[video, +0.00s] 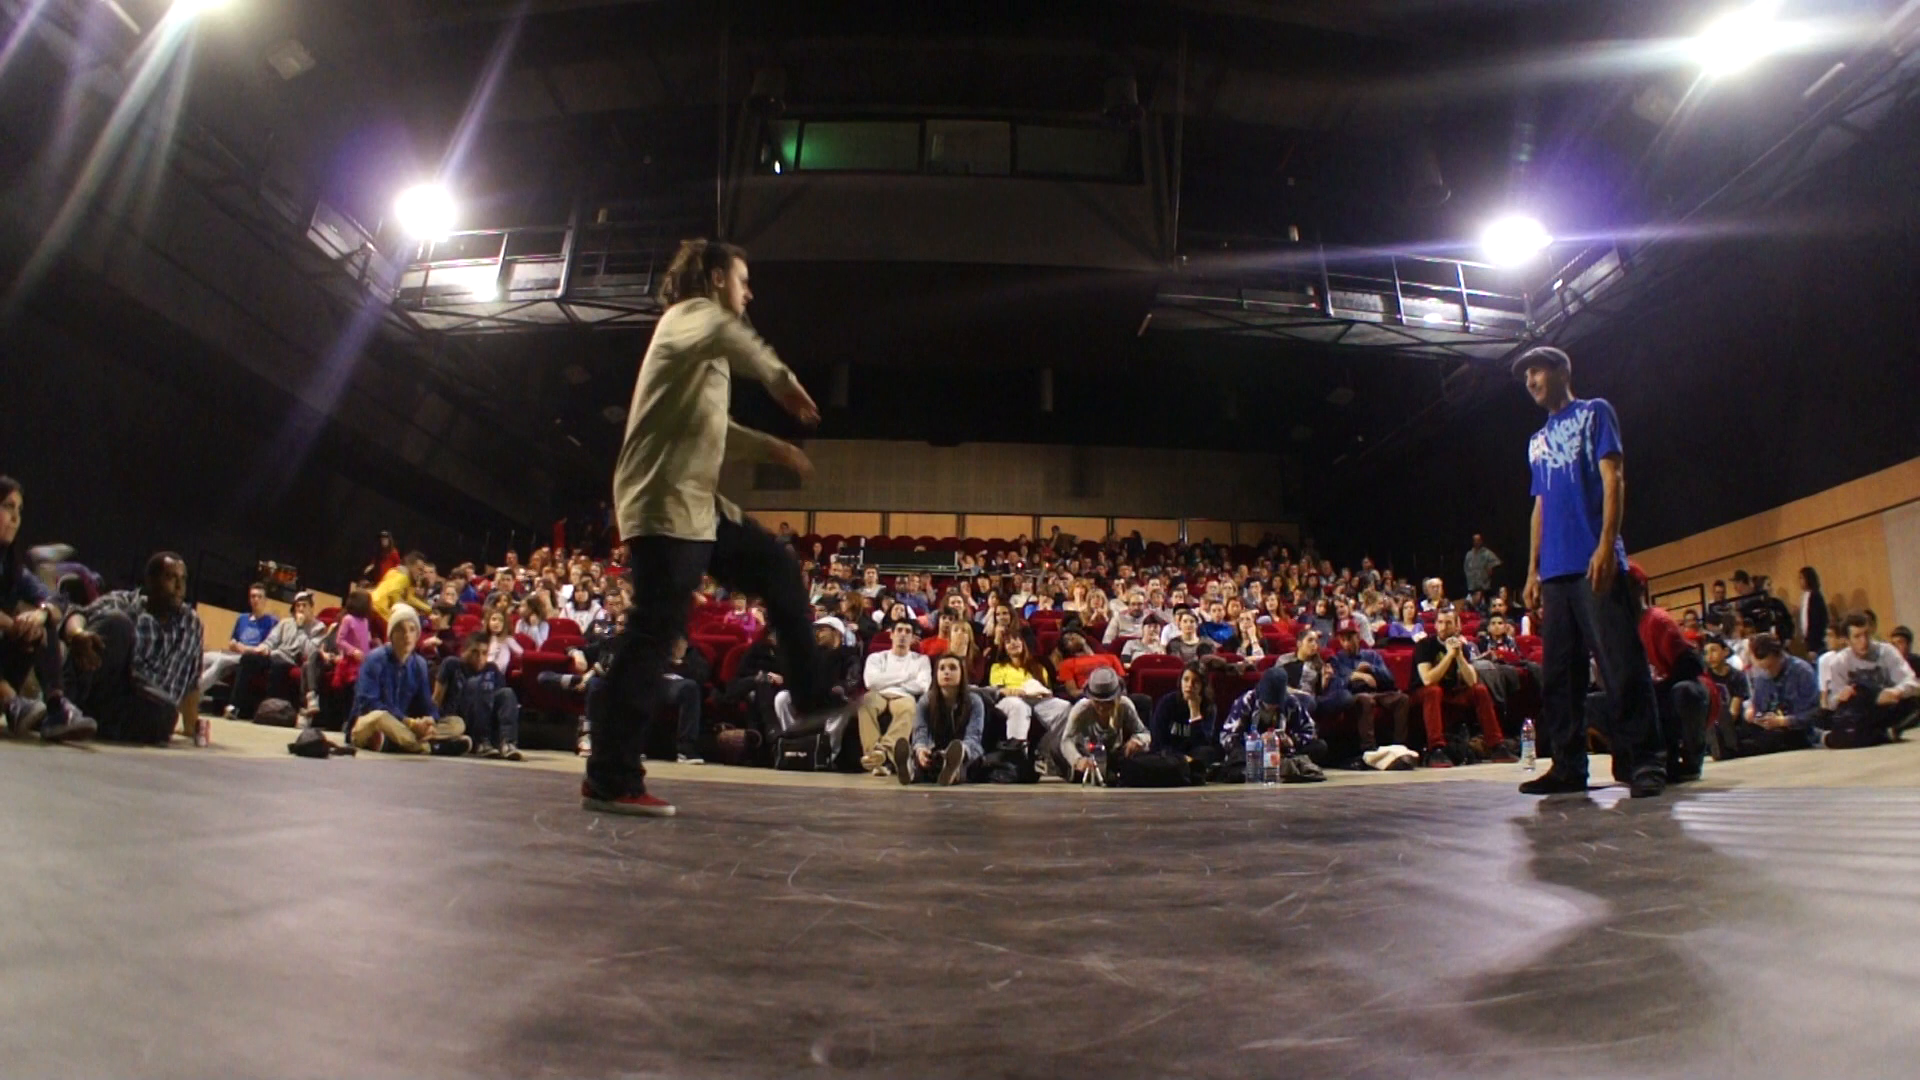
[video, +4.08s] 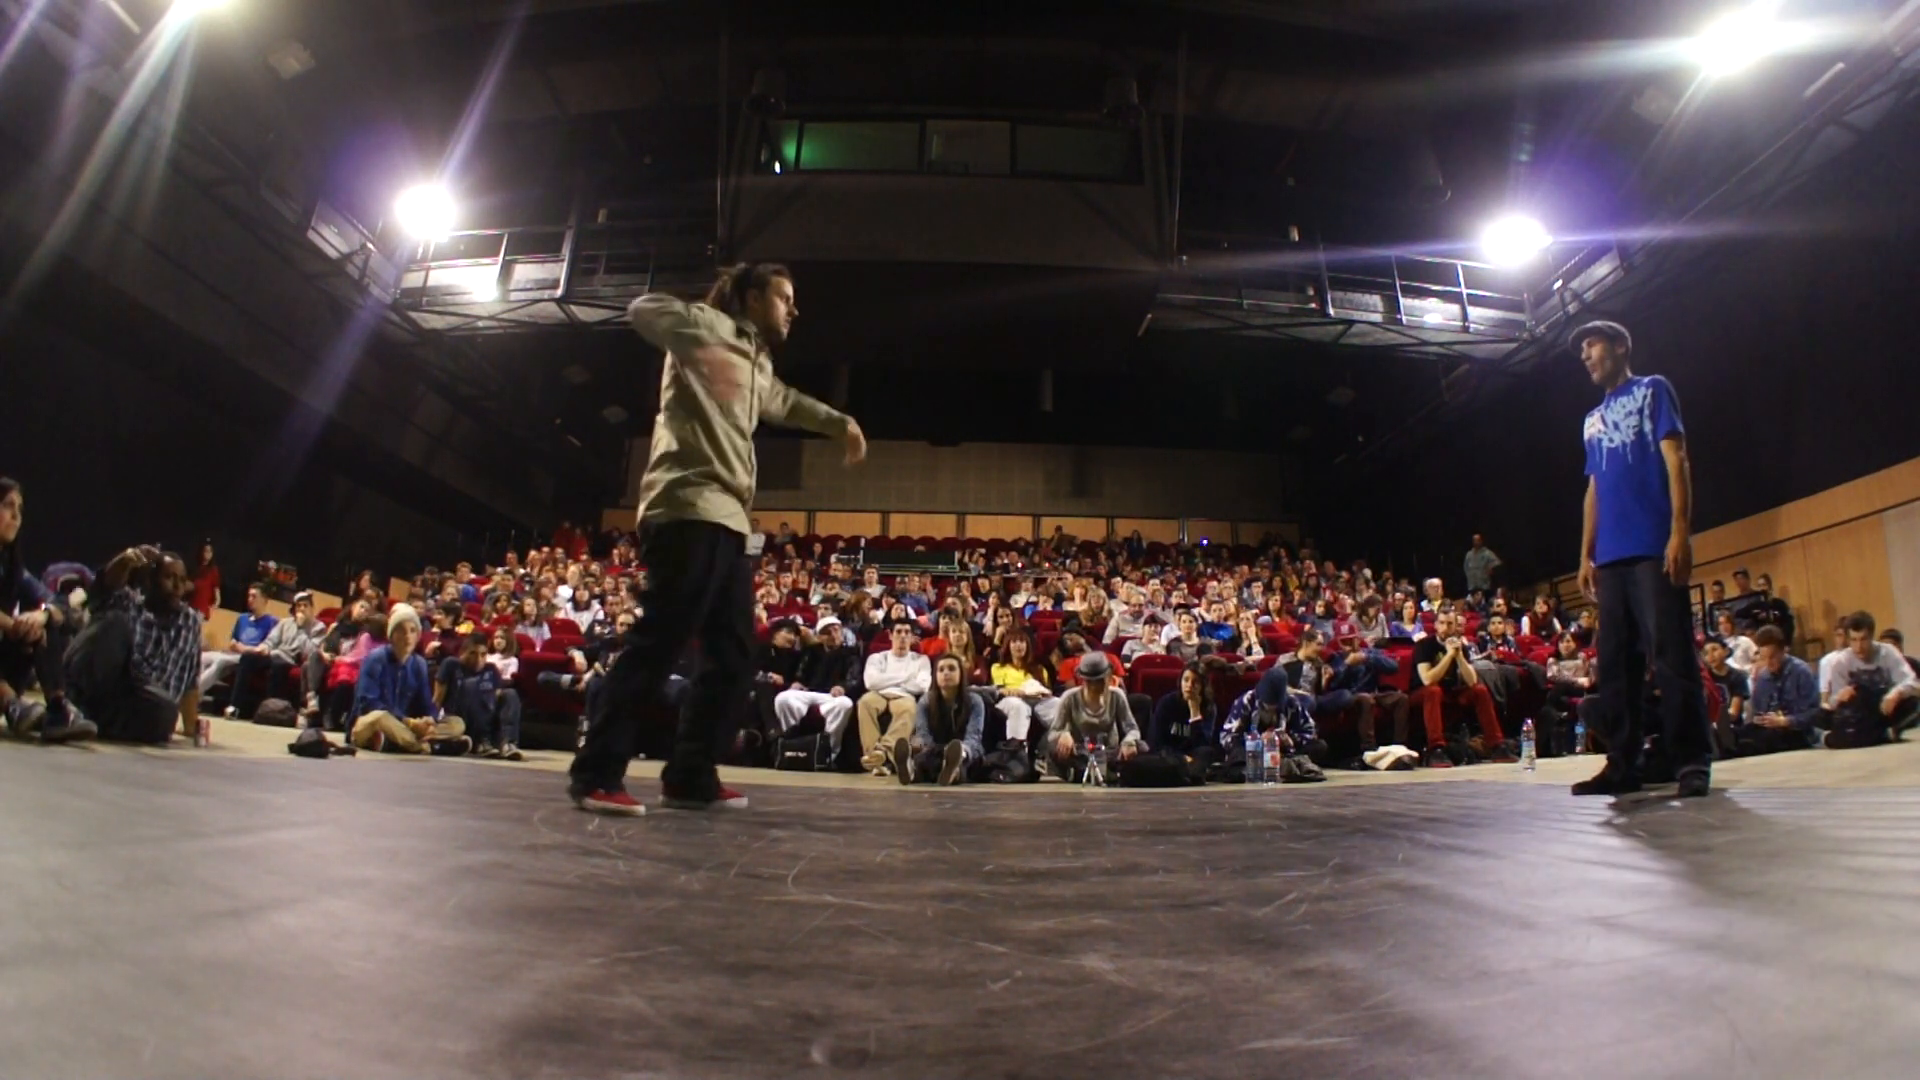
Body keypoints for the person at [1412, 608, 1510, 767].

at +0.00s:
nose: (1443, 627)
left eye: (1448, 623)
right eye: (1440, 623)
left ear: (1457, 626)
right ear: (1435, 625)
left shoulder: (1462, 646)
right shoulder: (1424, 645)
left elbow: (1471, 681)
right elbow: (1427, 678)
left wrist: (1459, 655)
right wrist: (1450, 655)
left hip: (1453, 692)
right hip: (1426, 692)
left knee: (1480, 691)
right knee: (1434, 691)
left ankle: (1497, 745)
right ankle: (1436, 749)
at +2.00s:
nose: (1445, 627)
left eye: (1450, 623)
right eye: (1441, 623)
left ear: (1457, 625)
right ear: (1436, 625)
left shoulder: (1463, 646)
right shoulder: (1424, 646)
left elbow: (1472, 681)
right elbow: (1427, 678)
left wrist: (1459, 654)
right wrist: (1450, 655)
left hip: (1455, 691)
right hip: (1429, 692)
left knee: (1480, 691)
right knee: (1433, 691)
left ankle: (1497, 745)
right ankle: (1436, 749)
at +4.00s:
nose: (1445, 628)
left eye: (1449, 624)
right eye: (1441, 623)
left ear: (1456, 626)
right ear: (1435, 624)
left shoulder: (1461, 646)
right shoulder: (1423, 645)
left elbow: (1471, 681)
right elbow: (1427, 679)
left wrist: (1458, 655)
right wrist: (1450, 654)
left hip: (1454, 693)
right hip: (1427, 694)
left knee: (1480, 691)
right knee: (1433, 691)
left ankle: (1497, 745)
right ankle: (1436, 749)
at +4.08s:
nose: (1444, 628)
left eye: (1449, 624)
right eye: (1441, 623)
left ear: (1456, 627)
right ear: (1435, 624)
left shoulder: (1460, 646)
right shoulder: (1423, 645)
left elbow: (1471, 681)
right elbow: (1427, 679)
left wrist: (1459, 655)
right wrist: (1450, 655)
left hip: (1454, 692)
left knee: (1481, 691)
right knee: (1433, 691)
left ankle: (1497, 745)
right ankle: (1436, 749)